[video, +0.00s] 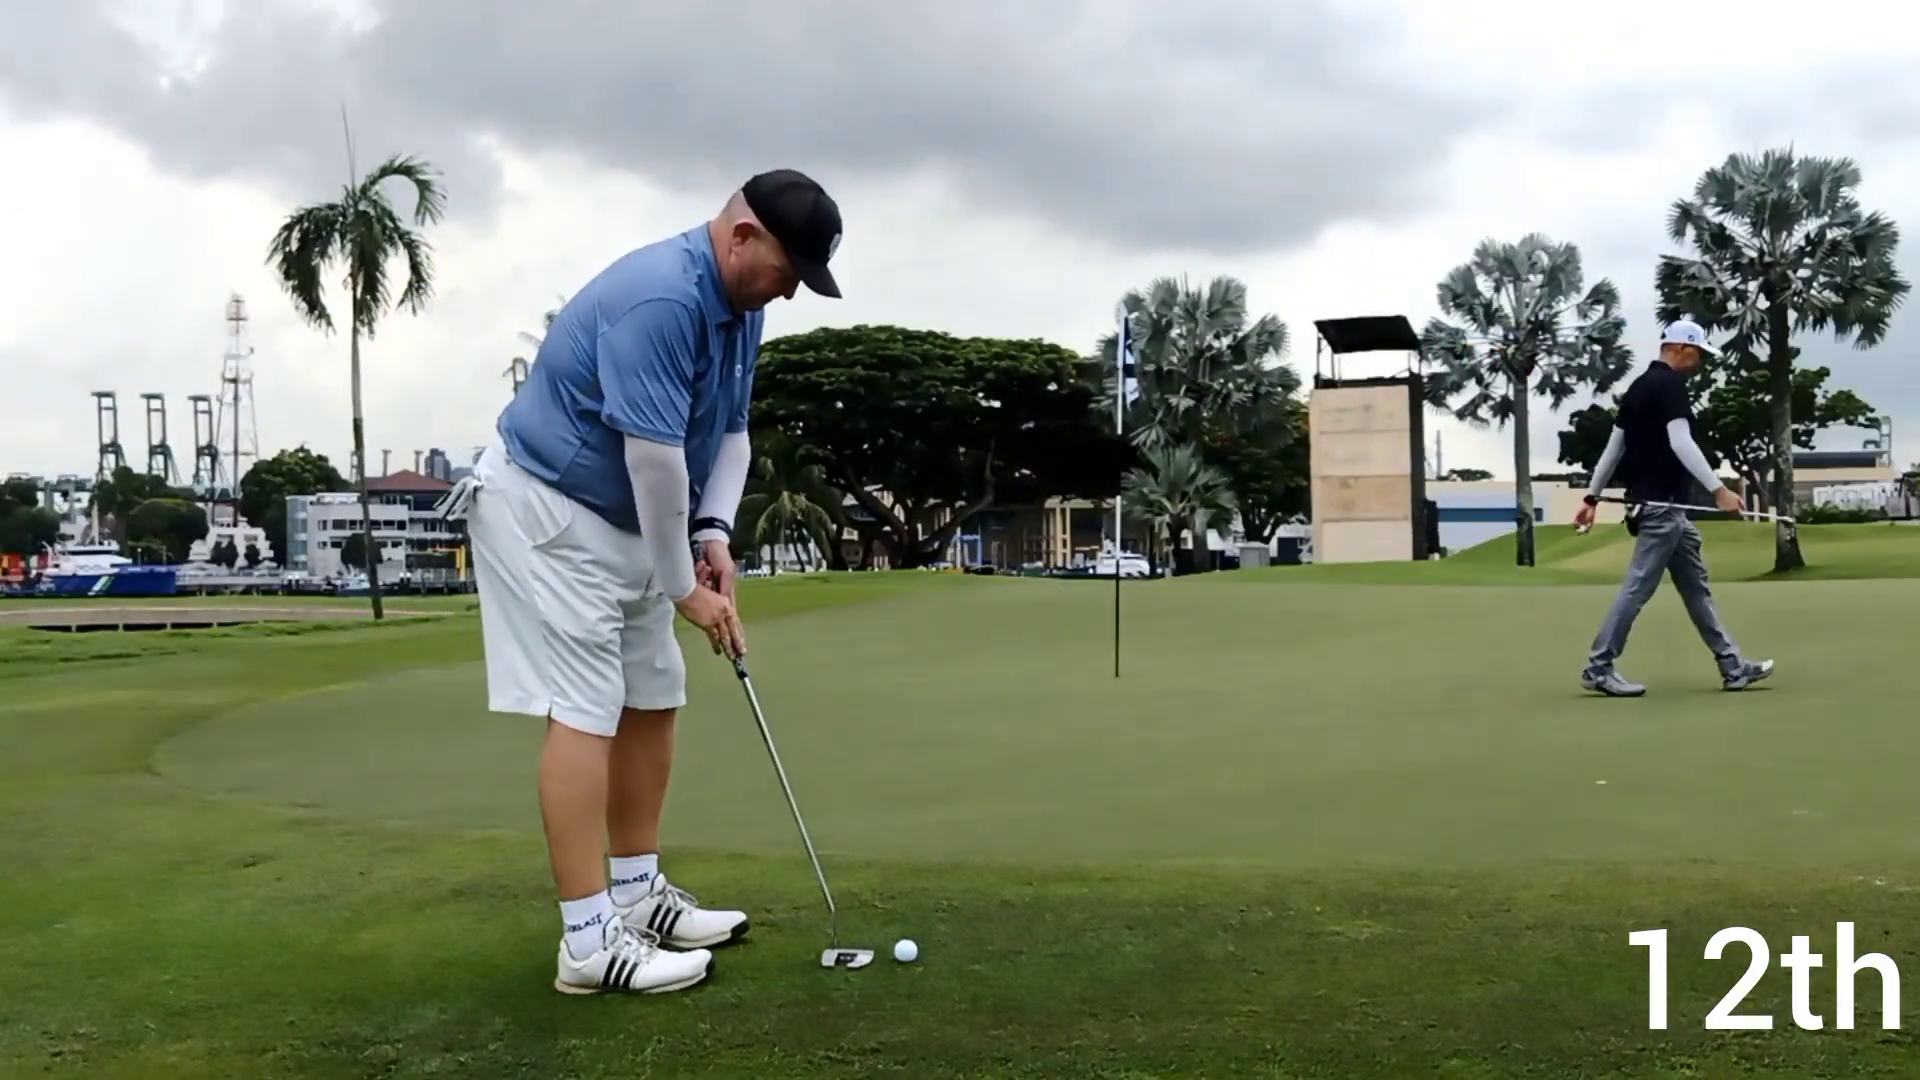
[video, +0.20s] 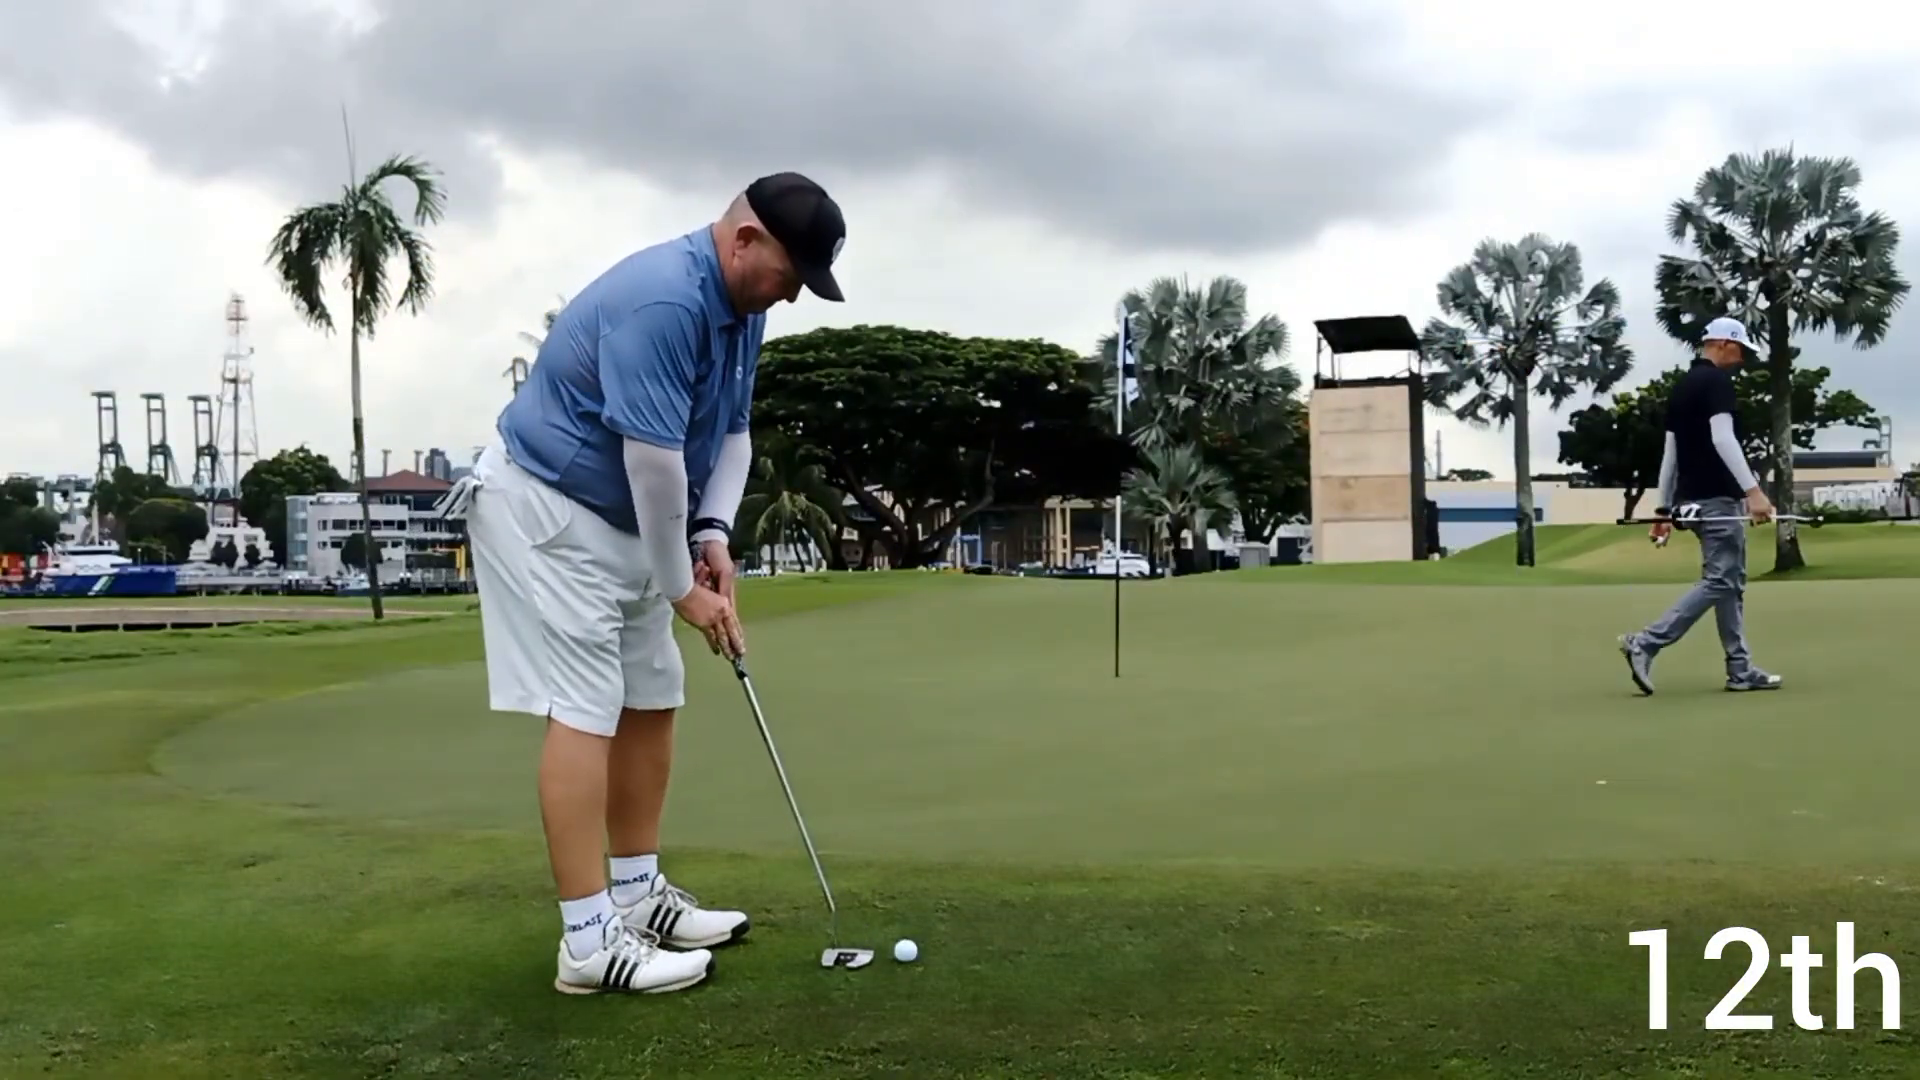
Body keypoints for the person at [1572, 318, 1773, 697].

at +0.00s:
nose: (1699, 363)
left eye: (1701, 356)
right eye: (1697, 354)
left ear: (1670, 350)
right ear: (1678, 349)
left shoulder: (1641, 386)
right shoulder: (1669, 384)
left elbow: (1615, 445)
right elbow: (1680, 441)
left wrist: (1592, 496)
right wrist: (1718, 489)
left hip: (1658, 507)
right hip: (1662, 508)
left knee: (1695, 586)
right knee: (1638, 588)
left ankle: (1732, 665)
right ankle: (1599, 666)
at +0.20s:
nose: (1741, 357)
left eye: (1741, 351)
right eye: (1738, 350)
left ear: (1712, 346)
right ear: (1723, 345)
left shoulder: (1685, 384)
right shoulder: (1715, 380)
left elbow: (1672, 451)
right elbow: (1724, 439)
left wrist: (1664, 507)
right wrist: (1753, 491)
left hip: (1701, 498)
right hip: (1720, 498)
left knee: (1730, 583)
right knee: (1720, 582)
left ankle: (1740, 669)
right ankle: (1644, 644)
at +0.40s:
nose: (1778, 355)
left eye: (1779, 348)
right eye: (1776, 347)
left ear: (1748, 342)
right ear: (1760, 341)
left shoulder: (1721, 379)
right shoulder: (1752, 377)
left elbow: (1724, 444)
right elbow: (1756, 437)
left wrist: (1728, 498)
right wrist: (1772, 491)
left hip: (1732, 496)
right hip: (1760, 493)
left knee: (1737, 583)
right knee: (1798, 564)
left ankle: (1740, 666)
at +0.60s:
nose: (1823, 358)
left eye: (1825, 351)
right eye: (1822, 350)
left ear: (1797, 344)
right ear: (1807, 343)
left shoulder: (1769, 380)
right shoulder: (1796, 381)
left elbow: (1793, 451)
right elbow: (1796, 444)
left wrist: (1837, 480)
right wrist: (1804, 500)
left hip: (1769, 499)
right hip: (1804, 498)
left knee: (1757, 583)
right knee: (1839, 576)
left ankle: (1742, 666)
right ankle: (1870, 659)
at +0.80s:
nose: (1876, 355)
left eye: (1878, 348)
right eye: (1875, 347)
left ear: (1847, 341)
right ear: (1859, 341)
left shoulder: (1813, 378)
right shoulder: (1847, 379)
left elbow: (1806, 441)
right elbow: (1848, 441)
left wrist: (1814, 494)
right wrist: (1862, 498)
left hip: (1821, 496)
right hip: (1852, 495)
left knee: (1823, 573)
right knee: (1873, 578)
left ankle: (1771, 640)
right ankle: (1879, 662)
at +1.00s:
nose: (1918, 351)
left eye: (1919, 344)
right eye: (1917, 343)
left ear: (1890, 336)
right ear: (1906, 337)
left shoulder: (1855, 372)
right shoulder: (1893, 370)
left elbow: (1849, 438)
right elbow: (1897, 419)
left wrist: (1846, 491)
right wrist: (1919, 464)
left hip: (1867, 488)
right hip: (1894, 490)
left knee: (1910, 562)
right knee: (1894, 572)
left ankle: (1866, 636)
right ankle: (1879, 661)